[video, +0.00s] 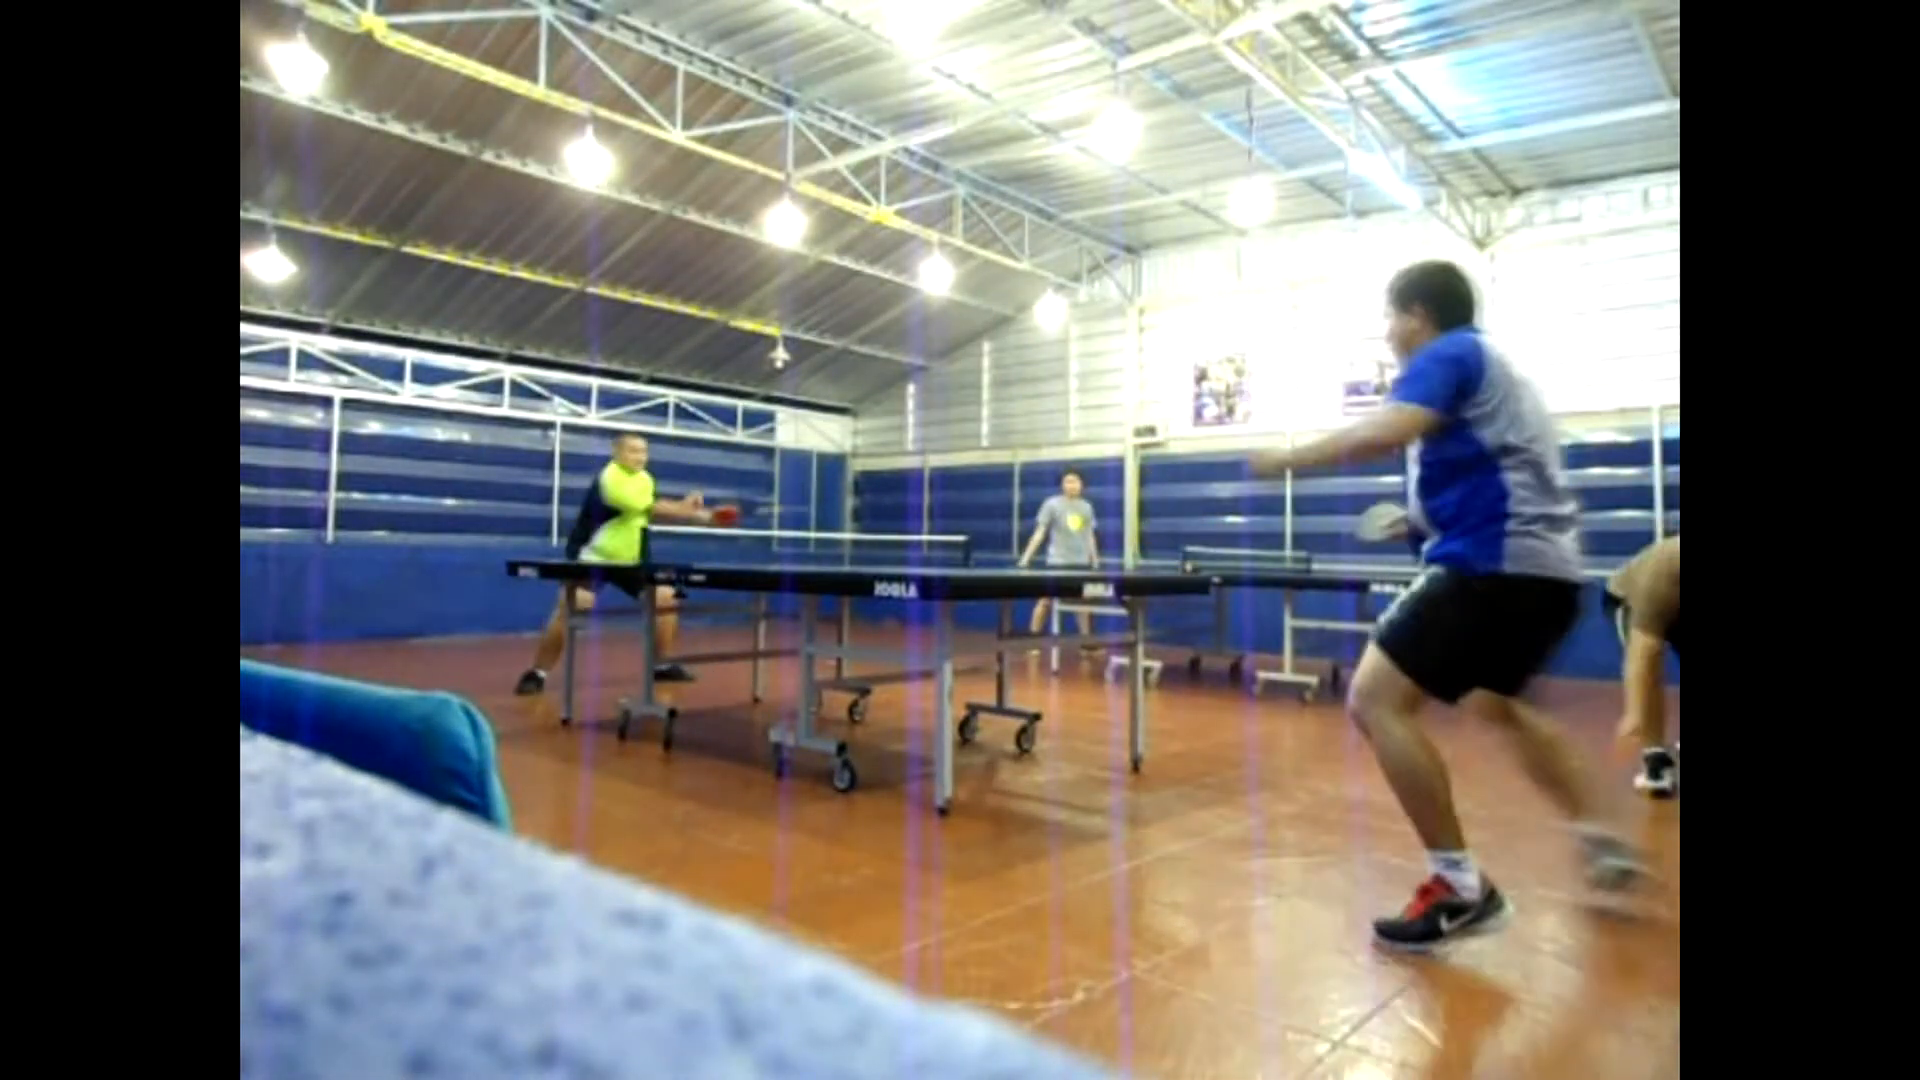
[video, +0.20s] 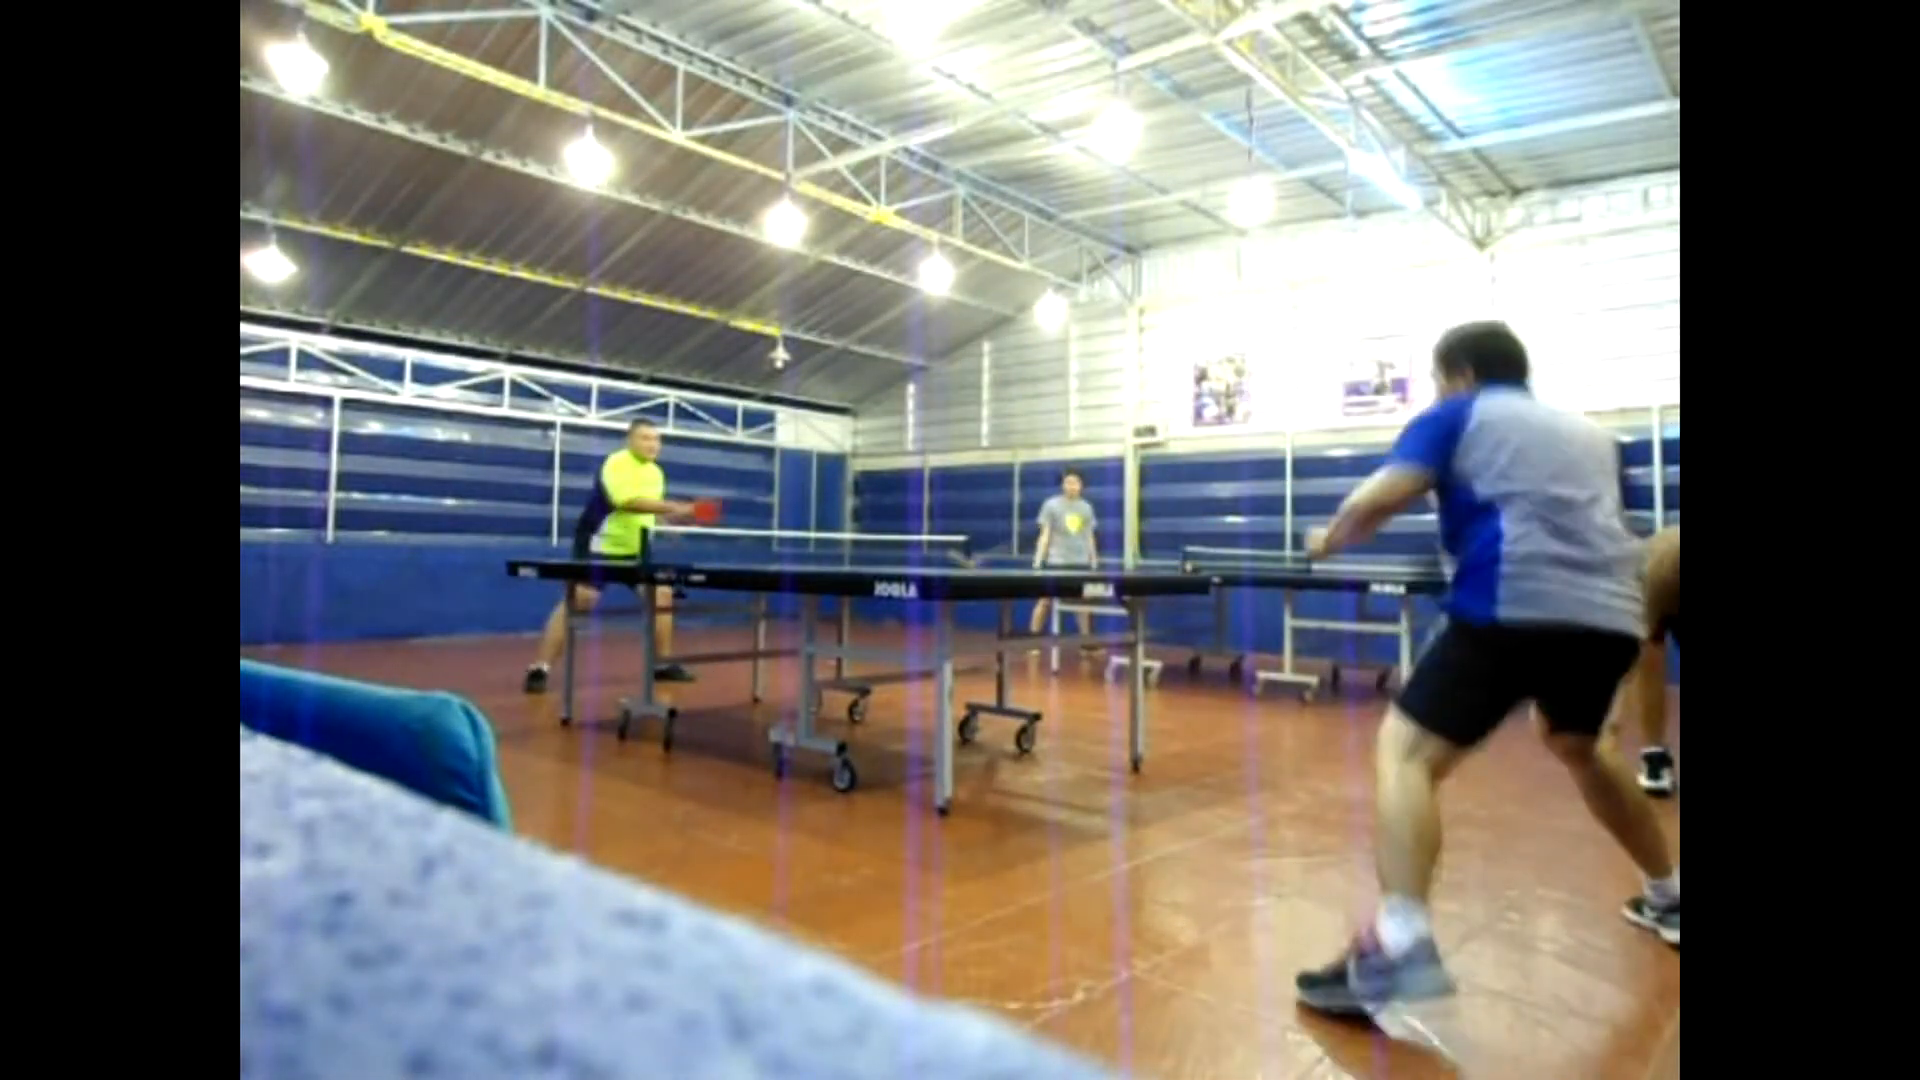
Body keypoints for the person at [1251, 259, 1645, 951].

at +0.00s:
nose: (1390, 334)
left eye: (1394, 319)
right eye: (1390, 321)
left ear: (1418, 316)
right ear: (1459, 314)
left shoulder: (1449, 357)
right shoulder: (1498, 371)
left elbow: (1393, 431)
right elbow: (1498, 482)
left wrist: (1288, 460)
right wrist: (1420, 518)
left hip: (1489, 569)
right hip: (1550, 573)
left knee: (1377, 702)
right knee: (1498, 705)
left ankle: (1459, 886)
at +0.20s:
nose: (1440, 393)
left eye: (1442, 382)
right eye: (1438, 383)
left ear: (1462, 376)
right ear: (1518, 372)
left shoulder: (1456, 416)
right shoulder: (1594, 437)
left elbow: (1378, 500)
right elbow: (1610, 534)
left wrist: (1331, 540)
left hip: (1508, 616)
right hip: (1610, 625)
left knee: (1405, 752)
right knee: (1579, 741)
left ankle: (1404, 945)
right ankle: (1669, 890)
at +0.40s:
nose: (1420, 402)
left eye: (1422, 392)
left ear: (1432, 390)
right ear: (1514, 388)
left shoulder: (1396, 439)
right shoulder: (1568, 431)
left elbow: (1291, 496)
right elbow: (1642, 509)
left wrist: (1309, 486)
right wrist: (1665, 570)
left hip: (1447, 670)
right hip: (1560, 672)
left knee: (1328, 804)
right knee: (1609, 796)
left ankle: (1333, 987)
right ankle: (1674, 903)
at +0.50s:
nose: (1354, 377)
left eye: (1359, 366)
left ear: (1374, 367)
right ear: (1450, 364)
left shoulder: (1338, 424)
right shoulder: (1519, 424)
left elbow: (1242, 518)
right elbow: (1584, 525)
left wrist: (1298, 468)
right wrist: (1663, 577)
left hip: (1412, 689)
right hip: (1537, 688)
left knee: (1283, 827)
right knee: (1621, 819)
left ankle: (1301, 1029)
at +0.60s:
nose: (1286, 382)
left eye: (1288, 370)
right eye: (1289, 371)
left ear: (1303, 372)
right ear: (1384, 358)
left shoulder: (1299, 451)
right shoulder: (1472, 409)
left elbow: (1264, 605)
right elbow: (1494, 512)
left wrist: (1212, 514)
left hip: (1410, 709)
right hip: (1535, 697)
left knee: (1244, 818)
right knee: (1599, 796)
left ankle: (1298, 1027)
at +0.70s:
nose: (1251, 399)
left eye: (1250, 382)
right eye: (1246, 382)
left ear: (1271, 381)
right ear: (1341, 359)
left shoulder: (1312, 479)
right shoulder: (1417, 392)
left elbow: (1323, 652)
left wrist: (1234, 586)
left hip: (1436, 711)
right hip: (1536, 688)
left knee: (1241, 805)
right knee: (1507, 784)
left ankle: (1296, 1028)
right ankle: (1663, 931)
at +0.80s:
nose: (1234, 391)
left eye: (1237, 372)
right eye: (1232, 373)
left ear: (1272, 373)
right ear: (1328, 353)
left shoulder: (1360, 479)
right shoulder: (1394, 395)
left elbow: (1414, 658)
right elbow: (1317, 509)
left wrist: (1268, 643)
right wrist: (1203, 542)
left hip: (1462, 702)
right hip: (1521, 674)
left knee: (1244, 790)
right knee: (1441, 785)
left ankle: (1295, 1031)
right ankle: (1608, 930)